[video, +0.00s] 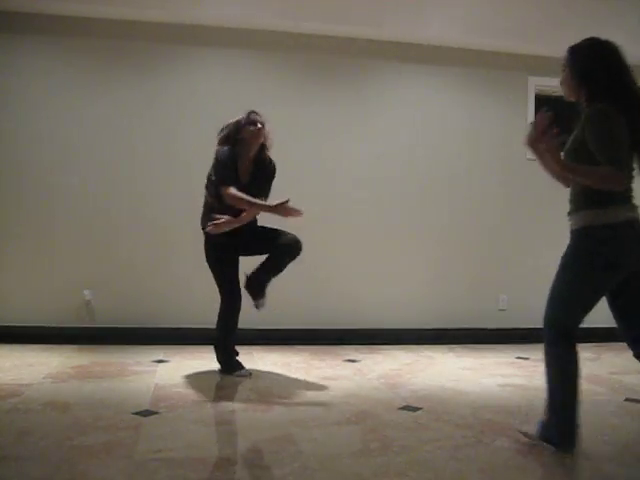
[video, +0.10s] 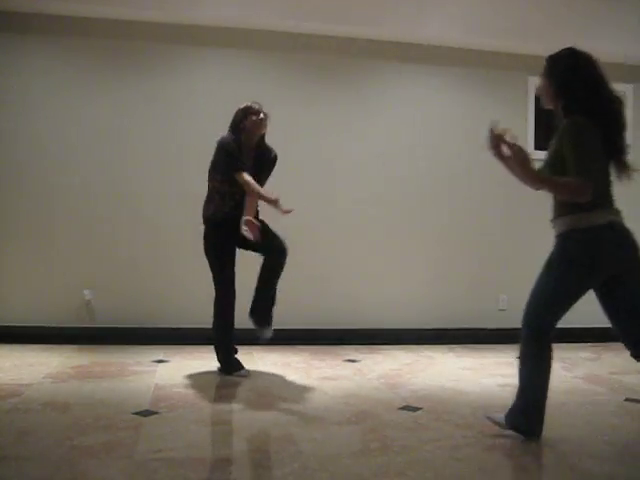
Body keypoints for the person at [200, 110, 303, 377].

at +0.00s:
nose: (256, 125)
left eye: (259, 123)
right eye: (249, 123)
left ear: (265, 134)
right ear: (239, 132)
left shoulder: (266, 166)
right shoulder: (225, 155)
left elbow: (254, 207)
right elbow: (228, 194)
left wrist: (233, 223)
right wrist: (271, 208)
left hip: (246, 232)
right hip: (219, 236)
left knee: (291, 244)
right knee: (231, 297)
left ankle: (257, 282)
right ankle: (227, 360)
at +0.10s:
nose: (260, 118)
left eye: (263, 114)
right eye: (253, 114)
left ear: (267, 123)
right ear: (241, 123)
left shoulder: (266, 154)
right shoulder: (227, 145)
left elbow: (252, 190)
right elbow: (241, 177)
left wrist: (248, 218)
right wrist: (270, 198)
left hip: (245, 222)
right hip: (219, 224)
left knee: (277, 250)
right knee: (225, 292)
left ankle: (261, 314)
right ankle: (226, 359)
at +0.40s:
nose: (260, 112)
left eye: (262, 108)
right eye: (254, 107)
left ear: (264, 113)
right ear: (238, 110)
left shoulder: (266, 147)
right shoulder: (214, 143)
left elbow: (280, 191)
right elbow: (194, 183)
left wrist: (314, 212)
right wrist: (163, 210)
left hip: (256, 230)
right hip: (222, 229)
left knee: (244, 294)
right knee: (234, 295)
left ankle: (238, 367)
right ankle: (250, 354)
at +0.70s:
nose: (253, 116)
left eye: (254, 111)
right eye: (248, 110)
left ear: (250, 116)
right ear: (232, 113)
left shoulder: (254, 145)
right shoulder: (203, 140)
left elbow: (296, 151)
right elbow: (158, 131)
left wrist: (310, 130)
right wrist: (145, 94)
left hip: (259, 229)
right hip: (227, 229)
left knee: (254, 300)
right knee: (184, 273)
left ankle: (246, 369)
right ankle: (211, 332)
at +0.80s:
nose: (248, 115)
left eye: (250, 110)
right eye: (243, 109)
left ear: (248, 113)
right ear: (225, 109)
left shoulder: (252, 138)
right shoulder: (198, 133)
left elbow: (295, 136)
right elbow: (156, 122)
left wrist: (293, 114)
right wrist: (162, 96)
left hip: (255, 224)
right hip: (222, 225)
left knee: (251, 295)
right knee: (188, 282)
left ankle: (244, 368)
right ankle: (189, 357)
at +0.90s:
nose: (244, 115)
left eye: (246, 110)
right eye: (240, 110)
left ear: (243, 113)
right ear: (223, 110)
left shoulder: (250, 136)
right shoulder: (196, 136)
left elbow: (290, 129)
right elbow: (151, 124)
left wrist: (282, 116)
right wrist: (175, 122)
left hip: (247, 226)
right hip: (213, 226)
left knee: (248, 299)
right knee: (200, 299)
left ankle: (242, 368)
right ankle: (181, 375)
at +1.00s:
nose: (241, 118)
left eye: (242, 113)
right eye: (236, 114)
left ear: (238, 117)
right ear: (219, 115)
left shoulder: (244, 140)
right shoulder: (194, 141)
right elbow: (144, 139)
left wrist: (270, 134)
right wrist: (172, 136)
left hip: (238, 232)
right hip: (204, 232)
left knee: (240, 303)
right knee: (198, 304)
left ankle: (237, 369)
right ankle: (186, 376)